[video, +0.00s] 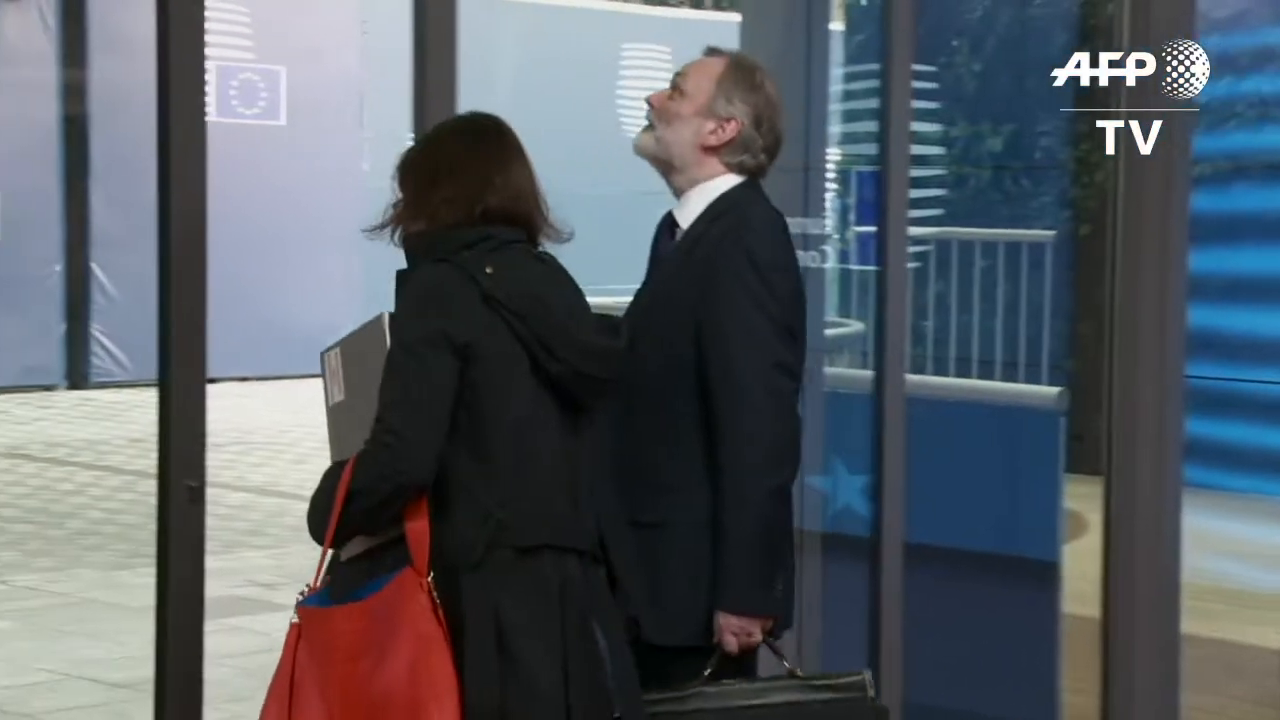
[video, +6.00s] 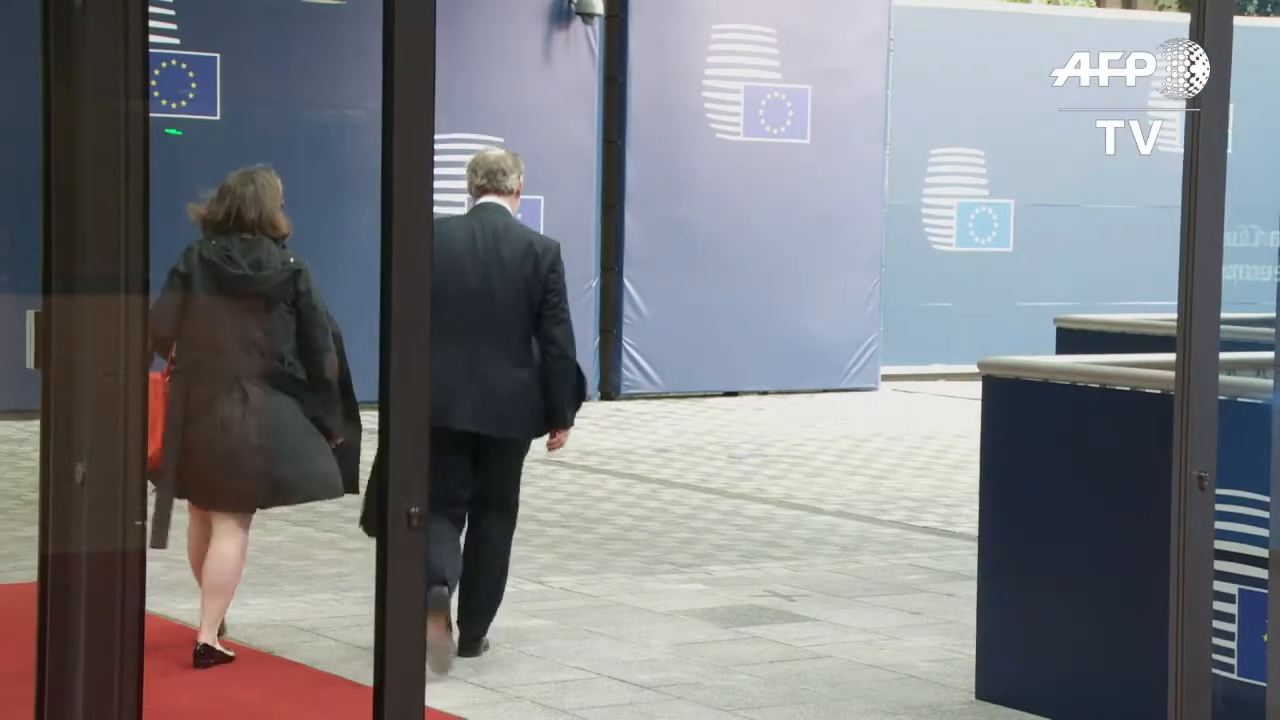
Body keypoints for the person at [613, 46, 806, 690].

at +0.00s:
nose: (653, 99)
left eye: (676, 93)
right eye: (667, 87)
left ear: (719, 131)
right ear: (714, 132)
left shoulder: (743, 236)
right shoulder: (690, 227)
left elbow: (757, 425)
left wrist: (744, 588)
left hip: (696, 574)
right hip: (658, 564)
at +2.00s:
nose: (736, 204)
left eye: (736, 186)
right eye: (734, 187)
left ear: (762, 175)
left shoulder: (854, 262)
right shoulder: (819, 257)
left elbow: (904, 438)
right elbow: (812, 445)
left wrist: (880, 585)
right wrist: (762, 579)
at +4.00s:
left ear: (545, 185)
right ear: (611, 182)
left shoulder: (503, 251)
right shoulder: (654, 265)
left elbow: (474, 371)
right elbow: (674, 379)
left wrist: (452, 474)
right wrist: (635, 444)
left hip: (522, 462)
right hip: (626, 469)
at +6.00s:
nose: (518, 198)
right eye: (520, 192)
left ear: (471, 190)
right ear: (517, 193)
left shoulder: (432, 236)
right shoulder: (540, 250)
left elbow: (405, 315)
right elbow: (556, 337)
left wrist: (401, 395)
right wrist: (561, 411)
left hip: (438, 404)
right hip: (508, 408)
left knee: (441, 507)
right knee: (493, 518)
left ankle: (437, 590)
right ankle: (472, 633)